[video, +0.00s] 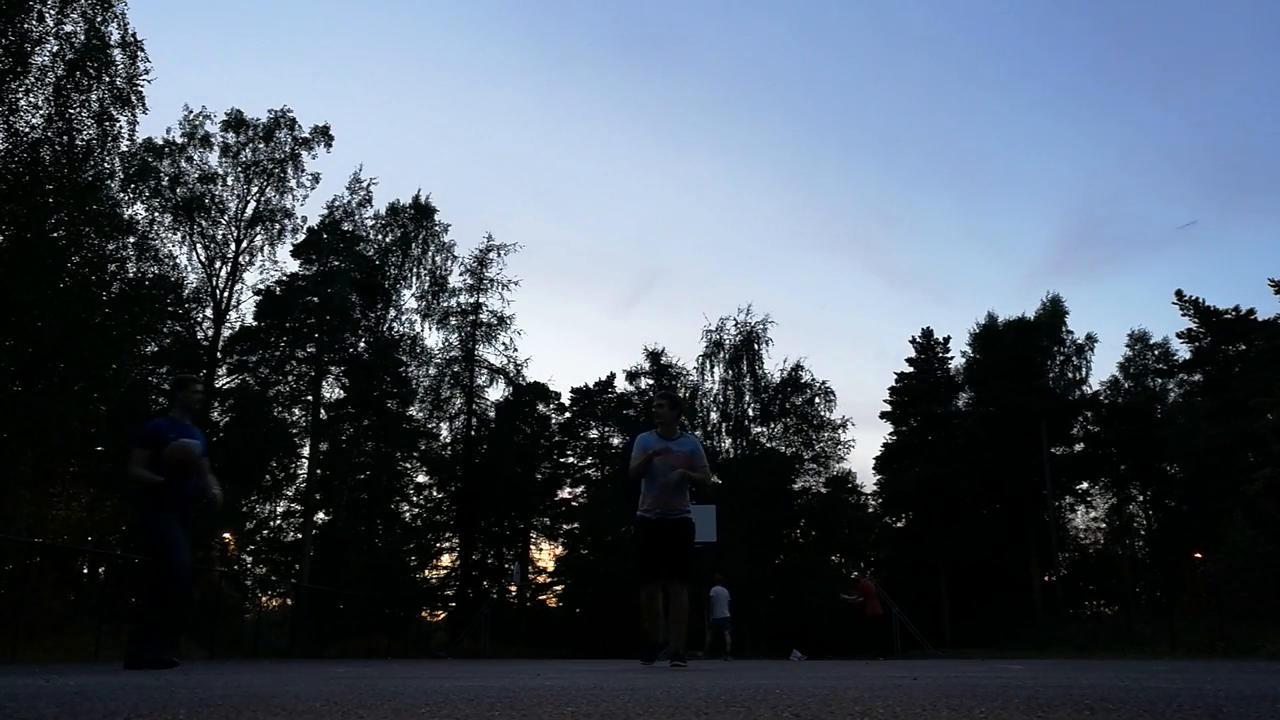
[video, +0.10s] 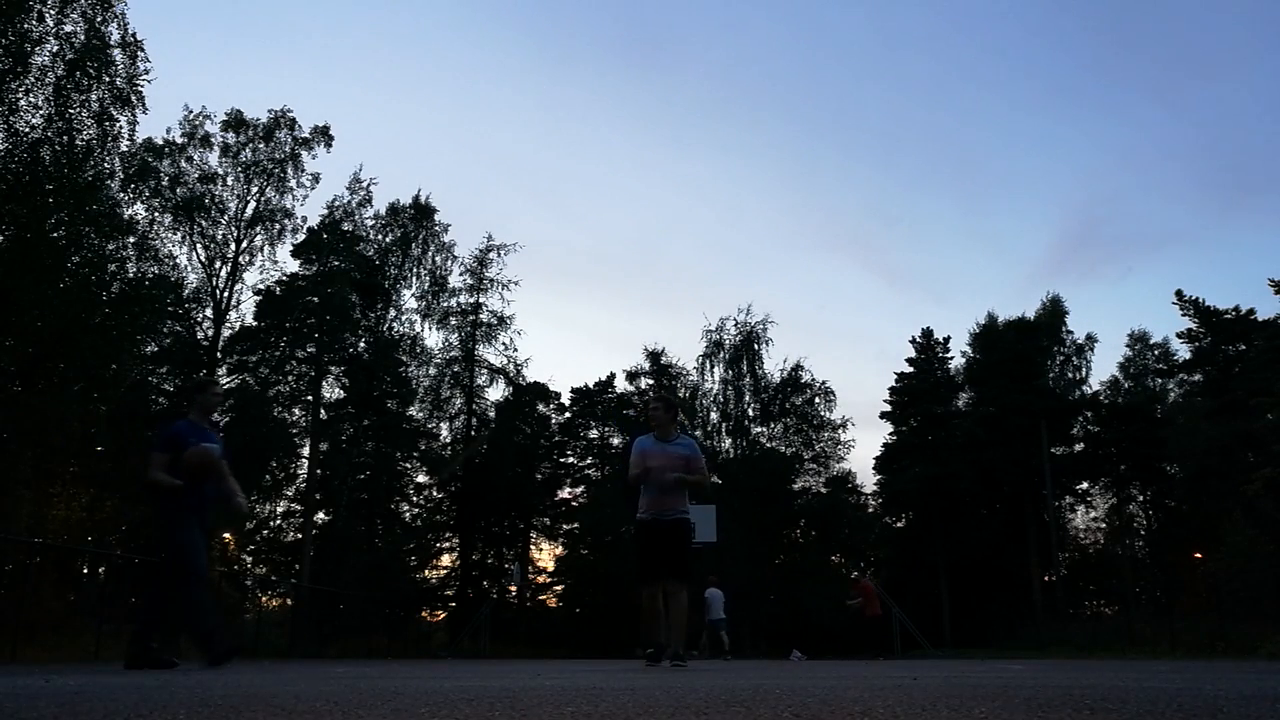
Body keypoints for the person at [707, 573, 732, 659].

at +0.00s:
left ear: (715, 582)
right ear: (722, 582)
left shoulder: (713, 590)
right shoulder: (725, 591)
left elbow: (711, 603)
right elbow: (728, 601)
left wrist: (710, 613)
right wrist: (726, 610)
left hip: (715, 615)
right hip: (725, 615)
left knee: (711, 632)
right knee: (726, 633)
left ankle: (709, 651)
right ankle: (728, 651)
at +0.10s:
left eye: (709, 583)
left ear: (709, 584)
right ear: (716, 584)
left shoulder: (708, 592)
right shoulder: (720, 592)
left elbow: (707, 605)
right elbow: (722, 603)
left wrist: (706, 615)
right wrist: (721, 612)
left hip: (711, 617)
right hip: (721, 616)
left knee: (707, 634)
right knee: (723, 634)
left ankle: (706, 651)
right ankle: (727, 651)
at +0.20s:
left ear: (702, 584)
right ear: (710, 584)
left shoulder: (702, 592)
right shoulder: (713, 593)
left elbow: (702, 605)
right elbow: (716, 604)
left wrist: (700, 613)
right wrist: (716, 612)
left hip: (705, 616)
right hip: (715, 616)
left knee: (703, 633)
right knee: (716, 633)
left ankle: (701, 651)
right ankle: (724, 648)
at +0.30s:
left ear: (696, 583)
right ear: (704, 583)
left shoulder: (696, 591)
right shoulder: (708, 591)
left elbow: (696, 603)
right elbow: (710, 603)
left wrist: (694, 612)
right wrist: (710, 611)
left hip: (700, 615)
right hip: (710, 614)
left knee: (700, 633)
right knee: (709, 633)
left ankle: (699, 651)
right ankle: (716, 645)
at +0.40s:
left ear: (692, 583)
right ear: (700, 583)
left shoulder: (691, 591)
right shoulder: (704, 591)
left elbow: (690, 603)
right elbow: (707, 601)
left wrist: (689, 611)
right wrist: (706, 610)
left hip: (695, 614)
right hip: (705, 614)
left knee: (696, 632)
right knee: (703, 632)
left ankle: (697, 649)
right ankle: (706, 647)